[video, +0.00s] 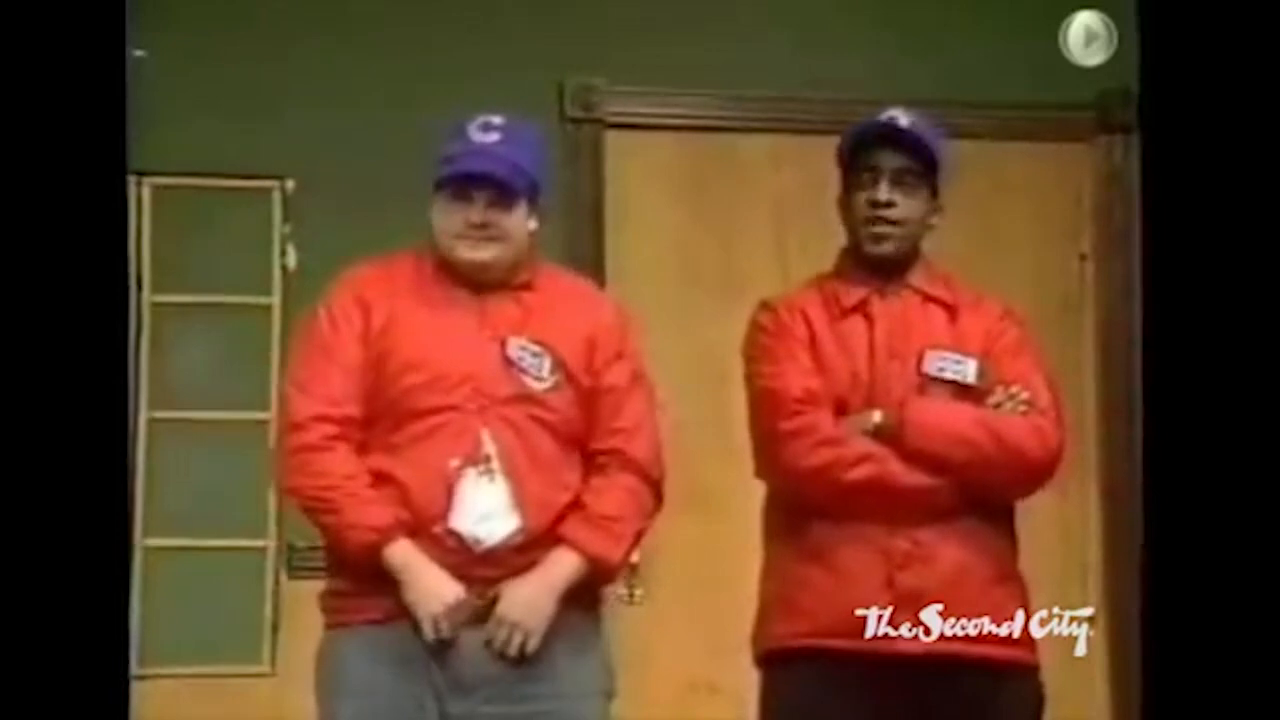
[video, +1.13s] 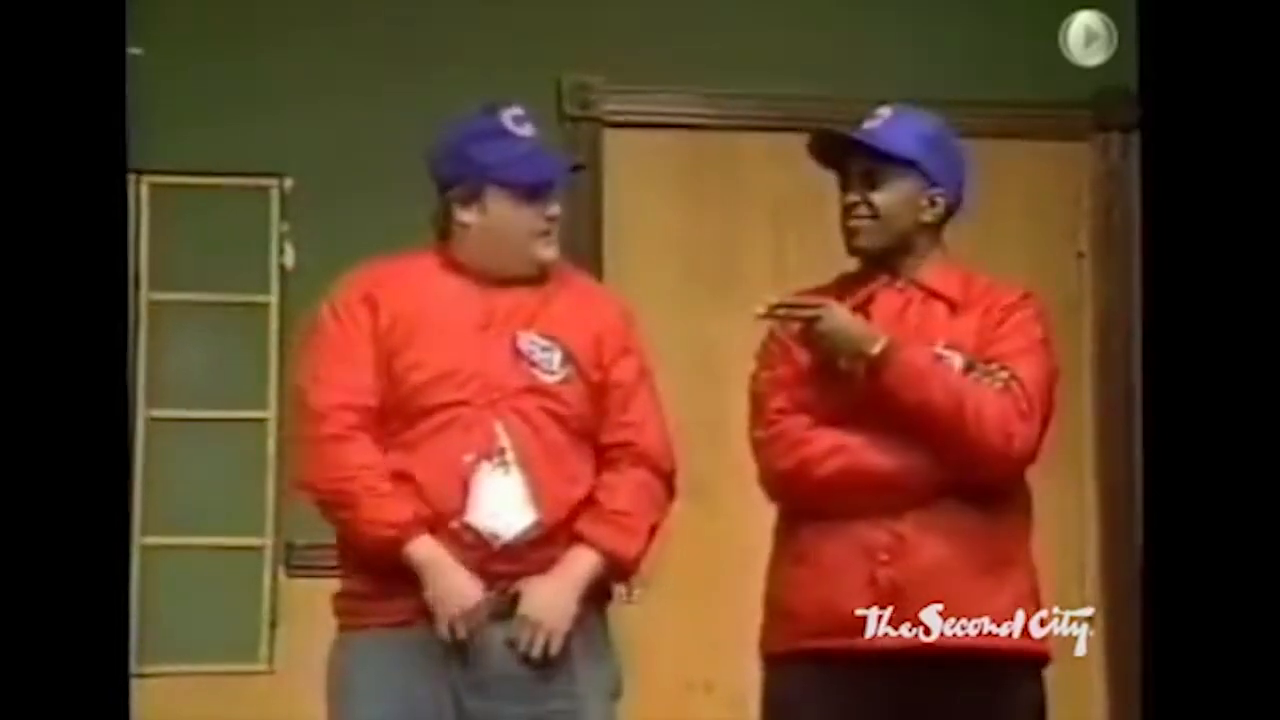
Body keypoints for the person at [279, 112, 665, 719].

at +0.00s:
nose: (478, 216)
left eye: (501, 201)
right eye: (460, 196)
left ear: (533, 217)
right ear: (434, 206)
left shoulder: (588, 314)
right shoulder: (365, 299)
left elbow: (631, 468)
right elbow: (311, 448)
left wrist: (550, 579)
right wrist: (406, 561)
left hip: (546, 629)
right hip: (382, 630)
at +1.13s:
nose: (553, 211)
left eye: (553, 194)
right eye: (530, 196)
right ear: (466, 208)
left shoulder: (595, 311)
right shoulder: (370, 302)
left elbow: (642, 462)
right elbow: (334, 450)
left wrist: (572, 576)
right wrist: (429, 559)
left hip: (554, 632)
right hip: (398, 632)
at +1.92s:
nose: (543, 217)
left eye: (545, 201)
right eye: (522, 202)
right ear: (454, 209)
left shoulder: (567, 297)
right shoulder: (375, 282)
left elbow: (633, 455)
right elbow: (439, 368)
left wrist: (575, 568)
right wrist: (573, 318)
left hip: (544, 624)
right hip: (395, 635)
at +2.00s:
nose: (541, 215)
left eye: (544, 199)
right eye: (520, 200)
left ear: (552, 200)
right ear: (453, 208)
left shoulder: (569, 296)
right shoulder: (374, 283)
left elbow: (637, 441)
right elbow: (433, 370)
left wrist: (570, 540)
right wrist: (561, 322)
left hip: (547, 625)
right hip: (394, 633)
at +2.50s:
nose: (476, 210)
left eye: (498, 194)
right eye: (456, 191)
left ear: (531, 211)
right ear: (427, 202)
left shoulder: (576, 296)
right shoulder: (375, 290)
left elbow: (597, 424)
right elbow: (419, 390)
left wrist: (435, 418)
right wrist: (566, 374)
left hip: (550, 613)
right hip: (394, 618)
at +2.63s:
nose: (458, 212)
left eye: (482, 197)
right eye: (444, 192)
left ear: (525, 217)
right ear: (425, 203)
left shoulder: (578, 297)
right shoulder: (376, 289)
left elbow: (593, 424)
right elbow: (416, 385)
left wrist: (432, 413)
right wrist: (566, 372)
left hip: (551, 612)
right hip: (390, 617)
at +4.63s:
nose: (511, 187)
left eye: (513, 165)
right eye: (481, 178)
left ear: (530, 169)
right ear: (433, 204)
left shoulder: (583, 279)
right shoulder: (379, 273)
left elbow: (582, 411)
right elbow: (393, 374)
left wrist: (428, 394)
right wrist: (551, 360)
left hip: (550, 614)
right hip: (391, 617)